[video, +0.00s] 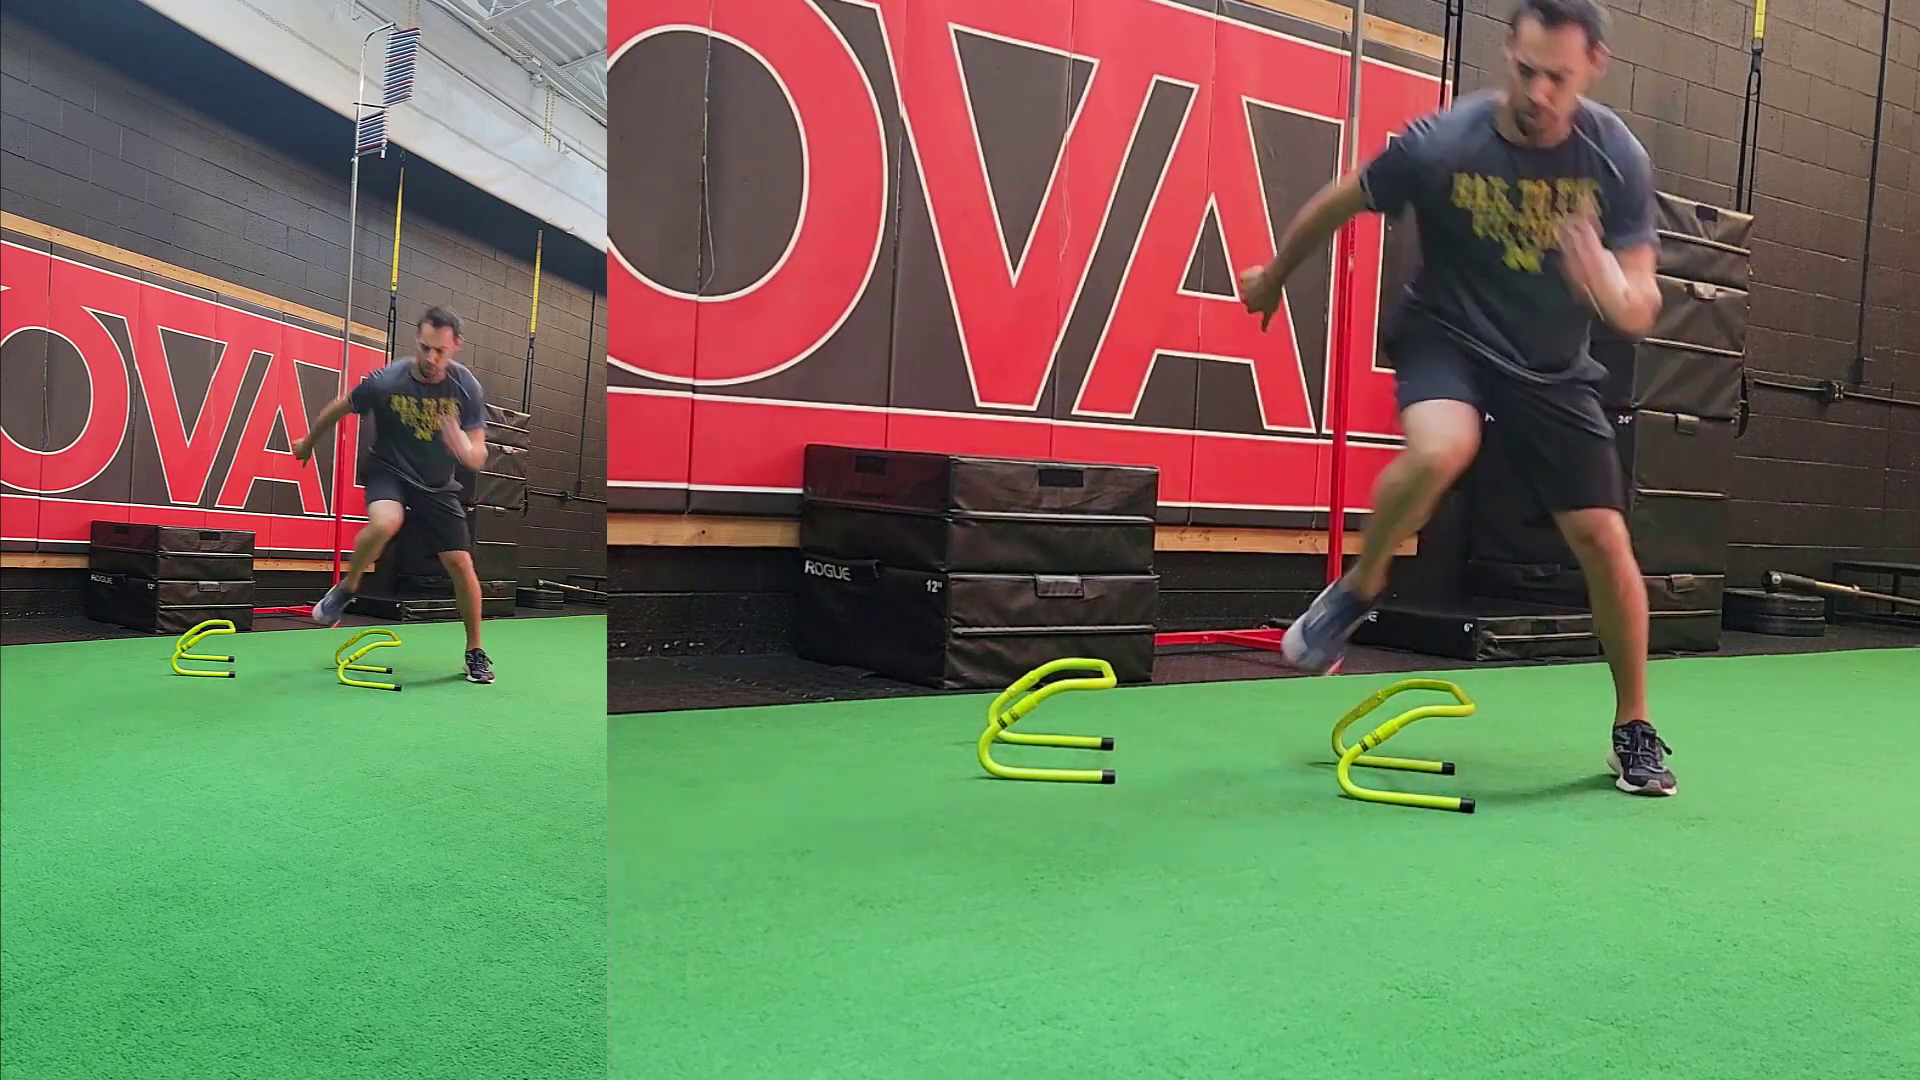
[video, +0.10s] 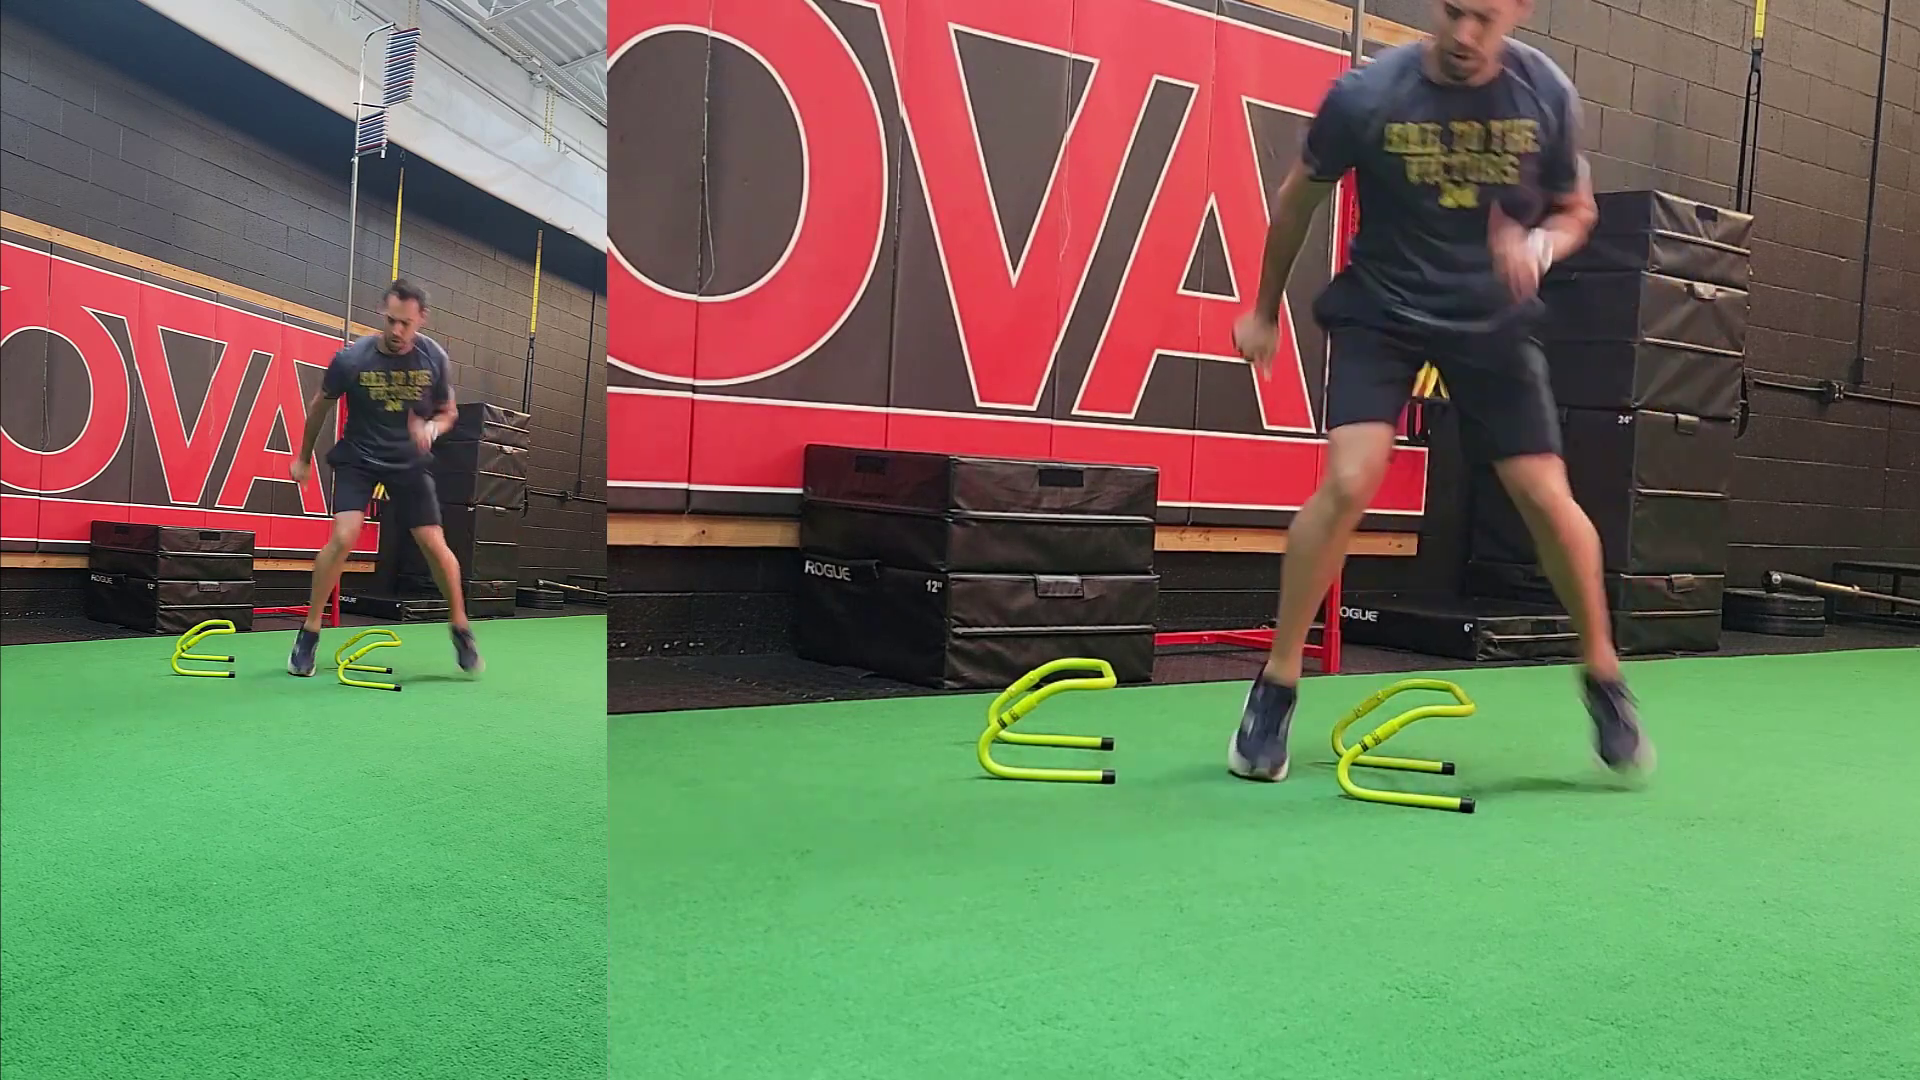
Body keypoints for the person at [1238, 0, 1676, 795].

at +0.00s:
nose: (1536, 94)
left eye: (1556, 77)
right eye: (1525, 71)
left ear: (1594, 67)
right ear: (1507, 53)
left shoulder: (1617, 157)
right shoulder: (1440, 144)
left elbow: (1639, 308)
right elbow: (1335, 204)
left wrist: (1603, 283)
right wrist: (1271, 275)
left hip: (1555, 367)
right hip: (1447, 337)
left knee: (1603, 537)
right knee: (1442, 452)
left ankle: (1635, 726)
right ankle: (1358, 588)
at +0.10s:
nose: (1467, 36)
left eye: (1489, 21)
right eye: (1457, 14)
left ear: (1518, 21)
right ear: (1432, 6)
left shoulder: (1546, 92)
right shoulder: (1362, 98)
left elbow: (1577, 208)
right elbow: (1300, 195)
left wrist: (1541, 243)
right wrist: (1264, 303)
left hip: (1492, 324)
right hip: (1380, 317)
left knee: (1549, 499)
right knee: (1349, 484)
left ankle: (1604, 675)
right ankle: (1277, 683)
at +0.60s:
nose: (1128, 4)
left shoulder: (1239, 68)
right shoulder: (1064, 41)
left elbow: (1279, 220)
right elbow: (1033, 148)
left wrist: (1231, 335)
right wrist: (1014, 269)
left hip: (1188, 286)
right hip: (1081, 268)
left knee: (1195, 475)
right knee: (1004, 424)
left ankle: (1255, 671)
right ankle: (937, 603)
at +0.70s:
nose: (1067, 24)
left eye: (1086, 10)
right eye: (1058, 7)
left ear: (1124, 9)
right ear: (1043, 2)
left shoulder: (1176, 92)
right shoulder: (1003, 65)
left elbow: (1194, 250)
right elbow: (979, 170)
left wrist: (1088, 298)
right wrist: (980, 263)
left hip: (1140, 288)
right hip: (1033, 280)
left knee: (1124, 451)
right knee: (962, 479)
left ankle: (1194, 547)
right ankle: (875, 681)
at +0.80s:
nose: (988, 93)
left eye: (1008, 75)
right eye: (976, 72)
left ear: (1053, 56)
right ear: (961, 49)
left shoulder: (1109, 156)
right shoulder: (936, 119)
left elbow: (1085, 319)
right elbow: (920, 199)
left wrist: (979, 245)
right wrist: (952, 228)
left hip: (1073, 346)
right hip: (971, 334)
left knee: (1049, 473)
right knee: (921, 504)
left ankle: (1041, 498)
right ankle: (871, 694)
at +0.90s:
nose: (932, 127)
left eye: (951, 106)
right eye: (918, 105)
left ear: (993, 80)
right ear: (900, 81)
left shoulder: (1057, 174)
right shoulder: (896, 132)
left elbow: (1011, 337)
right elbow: (915, 232)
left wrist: (921, 232)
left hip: (1047, 343)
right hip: (943, 331)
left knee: (992, 486)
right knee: (908, 492)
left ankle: (970, 512)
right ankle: (872, 691)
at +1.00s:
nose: (906, 122)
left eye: (925, 102)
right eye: (892, 100)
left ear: (967, 76)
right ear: (874, 79)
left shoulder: (1036, 166)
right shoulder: (870, 129)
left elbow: (979, 324)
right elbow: (912, 241)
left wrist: (897, 217)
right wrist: (891, 208)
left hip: (1032, 335)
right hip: (927, 321)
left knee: (971, 487)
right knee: (896, 490)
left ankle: (963, 507)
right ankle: (872, 690)